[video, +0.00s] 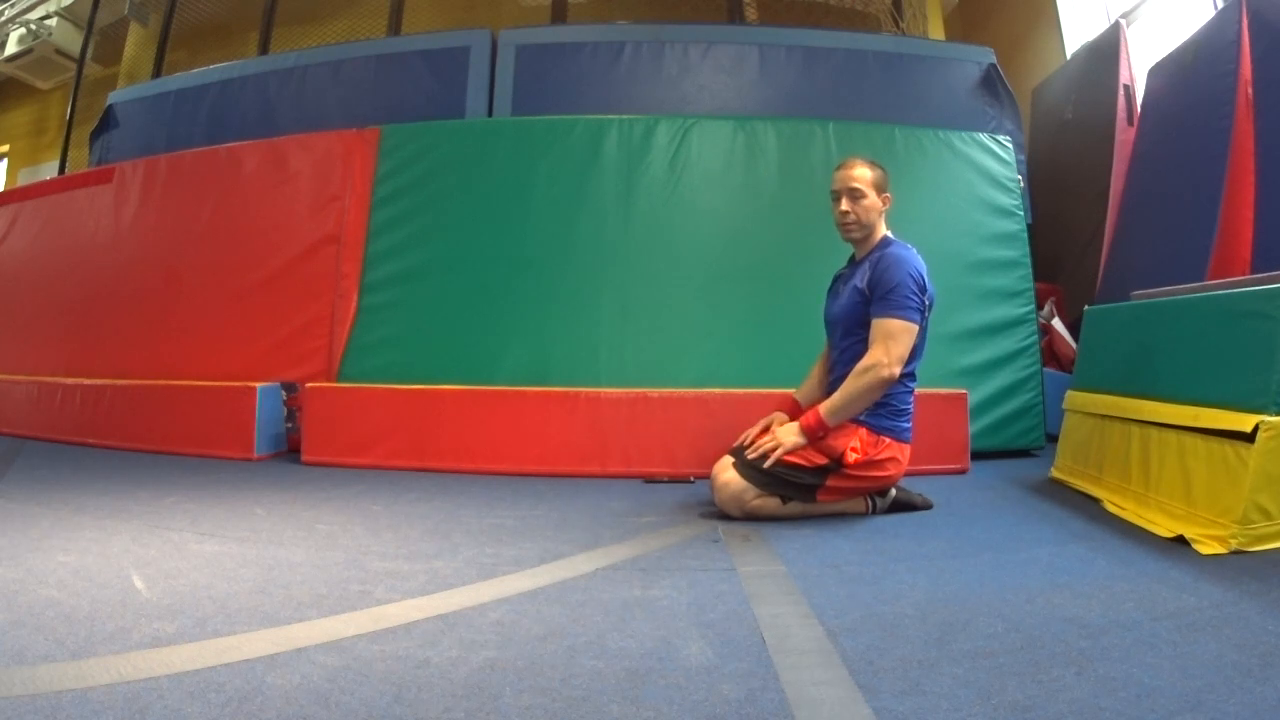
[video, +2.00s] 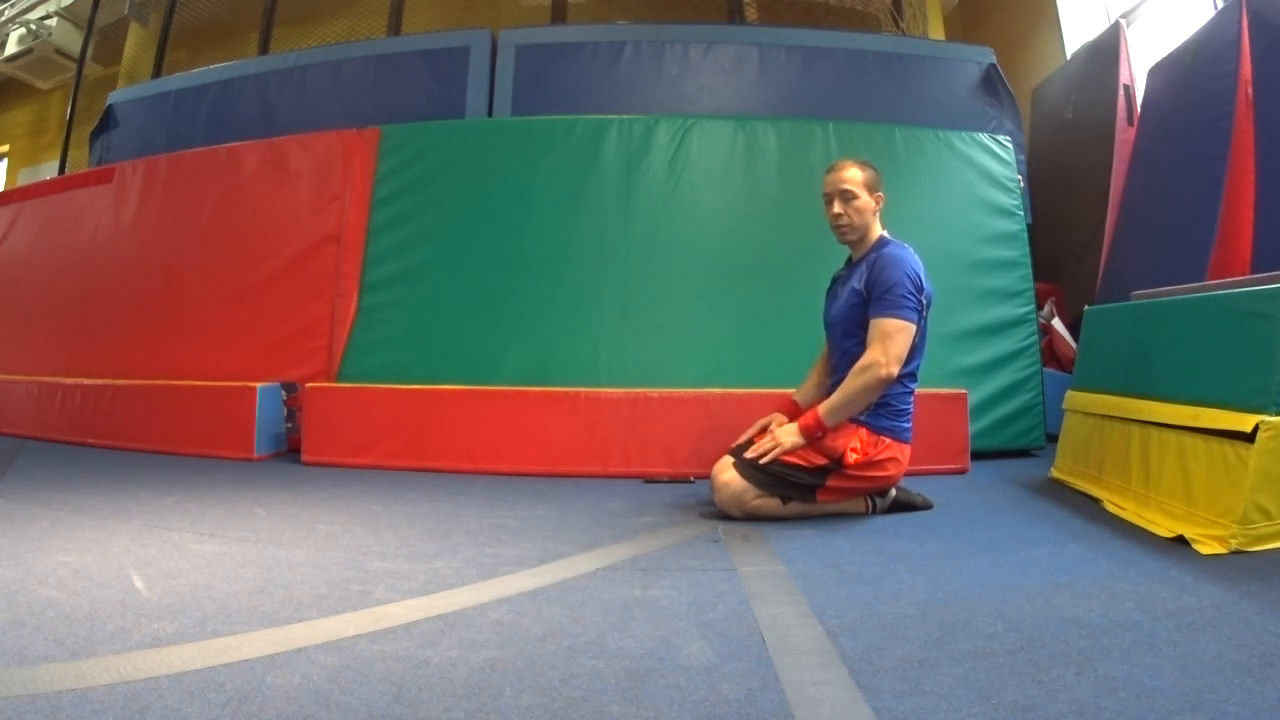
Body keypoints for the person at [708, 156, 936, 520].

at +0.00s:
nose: (843, 207)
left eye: (856, 196)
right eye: (836, 198)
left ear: (884, 202)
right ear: (830, 204)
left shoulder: (898, 263)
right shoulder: (848, 275)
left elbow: (884, 366)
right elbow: (833, 359)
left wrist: (805, 428)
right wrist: (787, 414)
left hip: (872, 443)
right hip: (842, 432)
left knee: (734, 494)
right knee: (724, 475)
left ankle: (869, 502)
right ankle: (859, 489)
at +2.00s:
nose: (835, 210)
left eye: (848, 197)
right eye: (829, 201)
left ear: (877, 202)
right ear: (823, 207)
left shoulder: (895, 263)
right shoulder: (847, 276)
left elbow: (882, 366)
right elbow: (831, 362)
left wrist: (805, 429)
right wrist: (787, 414)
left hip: (872, 444)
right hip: (844, 433)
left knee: (734, 493)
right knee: (724, 475)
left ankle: (869, 502)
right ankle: (859, 489)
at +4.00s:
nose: (832, 213)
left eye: (843, 199)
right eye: (825, 203)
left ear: (874, 201)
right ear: (821, 209)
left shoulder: (895, 263)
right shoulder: (849, 276)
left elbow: (884, 365)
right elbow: (835, 360)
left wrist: (810, 428)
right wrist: (790, 416)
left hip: (872, 443)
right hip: (846, 434)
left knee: (734, 494)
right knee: (726, 474)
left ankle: (869, 502)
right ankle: (862, 492)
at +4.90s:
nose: (786, 228)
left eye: (794, 213)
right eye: (785, 216)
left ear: (829, 207)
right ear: (827, 209)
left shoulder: (870, 266)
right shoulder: (830, 279)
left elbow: (874, 372)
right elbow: (823, 370)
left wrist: (800, 439)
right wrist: (775, 420)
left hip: (873, 446)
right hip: (845, 435)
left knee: (735, 492)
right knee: (726, 474)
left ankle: (872, 502)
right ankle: (860, 492)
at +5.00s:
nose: (765, 235)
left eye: (772, 220)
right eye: (763, 224)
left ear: (807, 212)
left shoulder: (854, 270)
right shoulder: (814, 284)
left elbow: (853, 376)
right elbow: (804, 372)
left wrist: (780, 446)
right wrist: (755, 426)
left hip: (872, 444)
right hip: (843, 434)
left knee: (733, 492)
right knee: (726, 479)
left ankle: (870, 502)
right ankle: (862, 494)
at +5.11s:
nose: (736, 246)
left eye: (742, 232)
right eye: (734, 235)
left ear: (776, 221)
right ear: (776, 223)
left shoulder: (823, 272)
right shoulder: (791, 288)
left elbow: (816, 382)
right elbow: (775, 375)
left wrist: (744, 459)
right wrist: (725, 436)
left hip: (868, 443)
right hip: (838, 436)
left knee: (734, 497)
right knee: (736, 480)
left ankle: (871, 503)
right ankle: (865, 491)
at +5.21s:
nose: (702, 262)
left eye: (707, 248)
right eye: (699, 251)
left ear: (741, 235)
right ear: (738, 239)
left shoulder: (791, 279)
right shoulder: (762, 296)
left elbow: (771, 387)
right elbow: (737, 381)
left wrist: (700, 468)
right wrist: (690, 448)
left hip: (864, 436)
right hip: (833, 427)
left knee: (731, 496)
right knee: (731, 477)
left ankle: (870, 500)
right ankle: (864, 490)